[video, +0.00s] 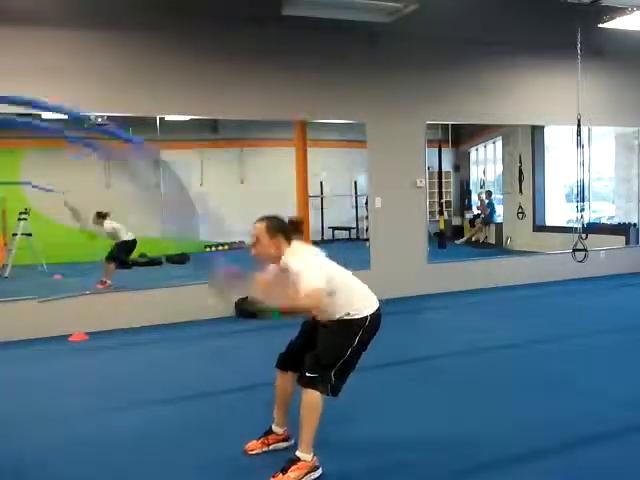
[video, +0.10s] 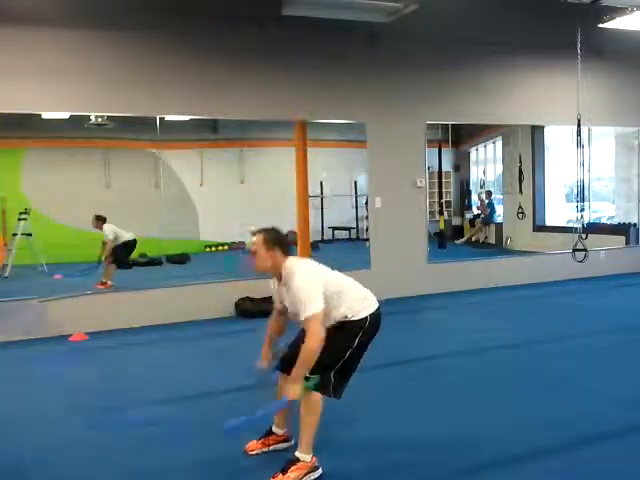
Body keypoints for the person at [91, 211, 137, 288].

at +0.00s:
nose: (94, 222)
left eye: (95, 219)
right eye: (94, 219)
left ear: (99, 219)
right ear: (102, 218)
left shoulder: (107, 225)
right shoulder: (109, 222)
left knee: (109, 260)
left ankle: (107, 281)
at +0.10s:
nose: (93, 224)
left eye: (94, 222)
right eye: (93, 222)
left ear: (100, 222)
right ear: (100, 222)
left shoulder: (107, 228)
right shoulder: (106, 228)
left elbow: (110, 243)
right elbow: (105, 243)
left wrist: (105, 255)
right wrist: (100, 255)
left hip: (128, 241)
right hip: (123, 242)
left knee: (111, 260)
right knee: (109, 259)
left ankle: (108, 281)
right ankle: (105, 280)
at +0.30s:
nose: (108, 207)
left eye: (110, 204)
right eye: (108, 205)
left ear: (114, 204)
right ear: (117, 203)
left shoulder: (120, 210)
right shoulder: (120, 211)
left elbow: (104, 213)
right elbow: (103, 214)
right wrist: (92, 217)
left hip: (127, 237)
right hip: (124, 236)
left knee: (114, 259)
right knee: (111, 259)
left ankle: (109, 281)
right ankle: (106, 280)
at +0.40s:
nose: (106, 207)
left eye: (108, 204)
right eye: (106, 204)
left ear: (113, 202)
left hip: (127, 235)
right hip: (122, 235)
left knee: (115, 259)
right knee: (110, 258)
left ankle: (110, 281)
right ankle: (106, 280)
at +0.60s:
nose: (95, 221)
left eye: (97, 218)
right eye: (96, 218)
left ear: (102, 219)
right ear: (104, 219)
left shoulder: (109, 225)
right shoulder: (109, 224)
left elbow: (111, 240)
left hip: (128, 241)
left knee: (112, 260)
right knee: (111, 260)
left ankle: (109, 282)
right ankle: (107, 280)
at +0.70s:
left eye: (98, 217)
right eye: (97, 217)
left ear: (103, 217)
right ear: (104, 217)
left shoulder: (111, 224)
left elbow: (115, 239)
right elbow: (110, 240)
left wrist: (111, 253)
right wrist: (107, 252)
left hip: (128, 240)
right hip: (126, 240)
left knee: (111, 261)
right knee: (110, 260)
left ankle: (109, 282)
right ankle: (106, 281)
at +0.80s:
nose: (105, 209)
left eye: (106, 206)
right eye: (105, 206)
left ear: (111, 206)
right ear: (112, 206)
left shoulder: (118, 212)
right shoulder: (116, 213)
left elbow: (119, 223)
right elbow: (114, 225)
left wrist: (105, 229)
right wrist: (102, 231)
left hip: (128, 238)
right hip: (125, 237)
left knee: (113, 259)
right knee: (111, 259)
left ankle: (110, 281)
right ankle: (107, 280)